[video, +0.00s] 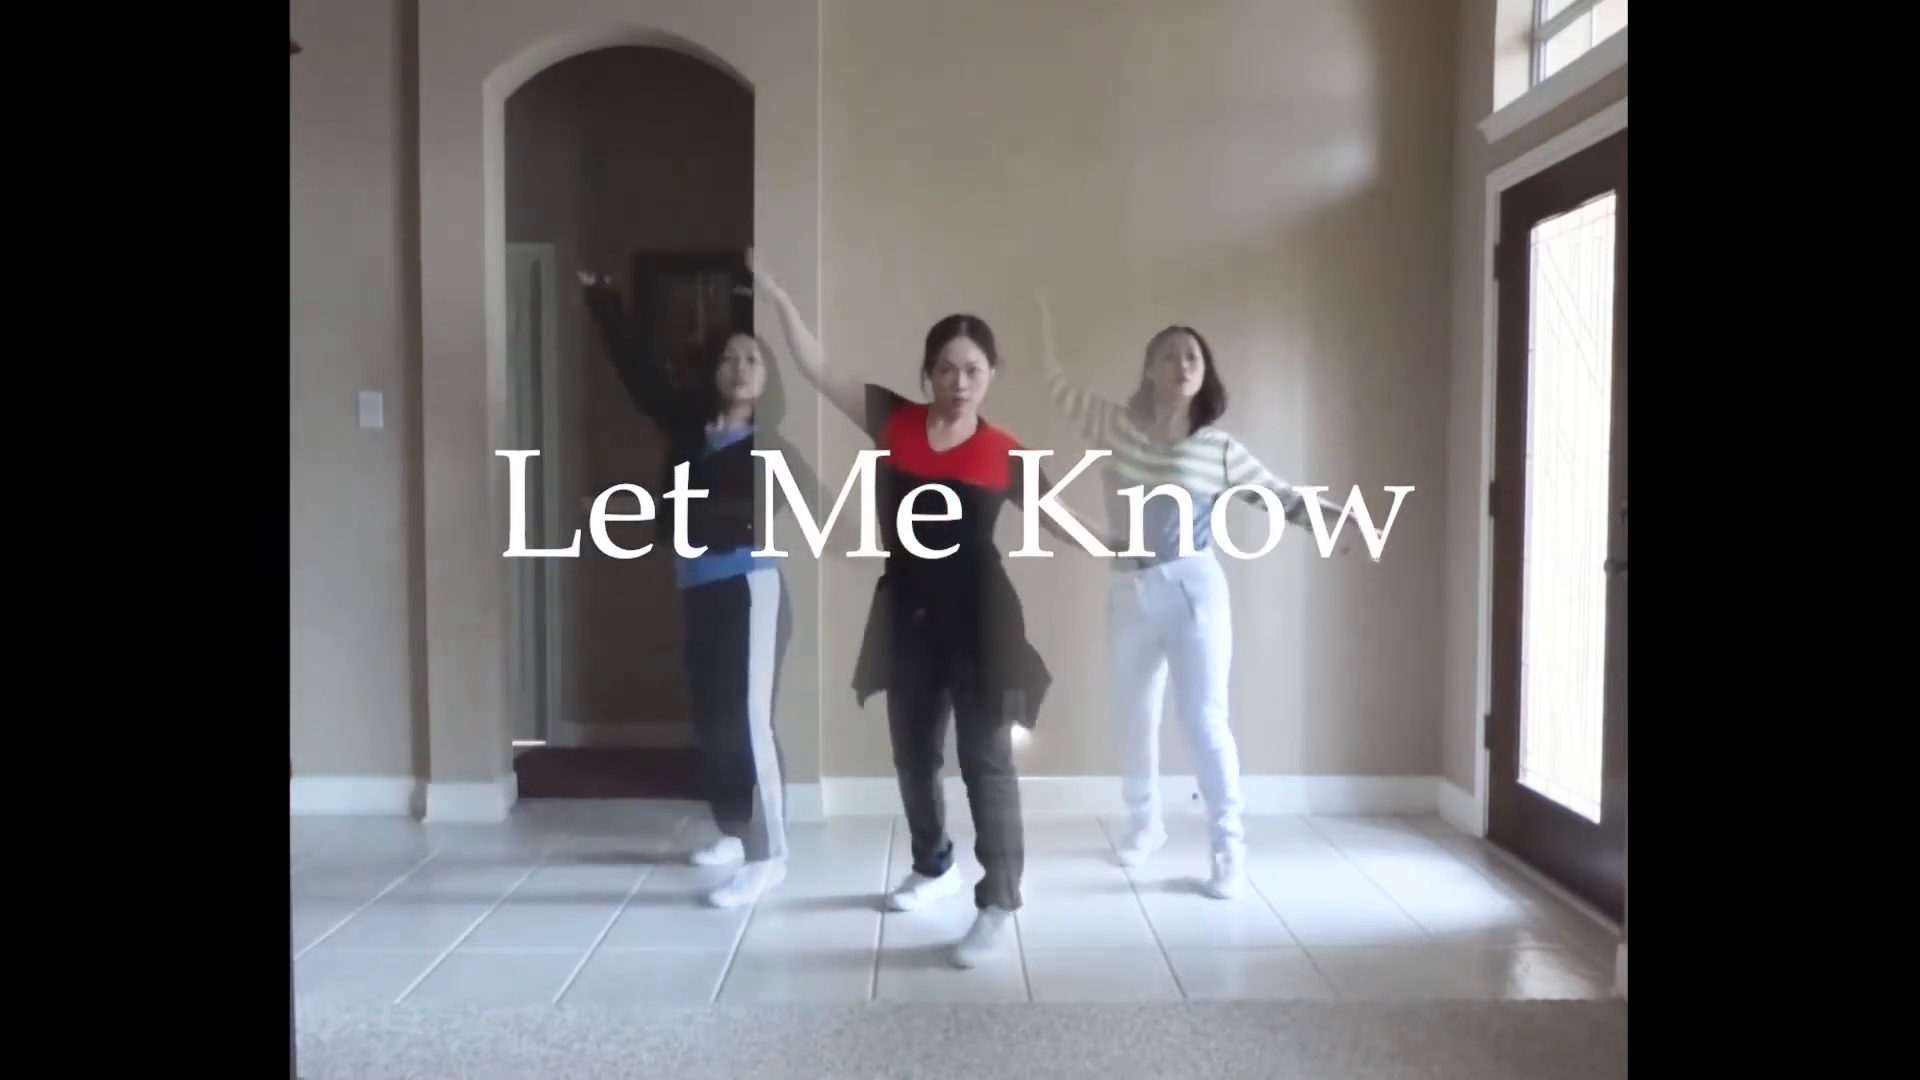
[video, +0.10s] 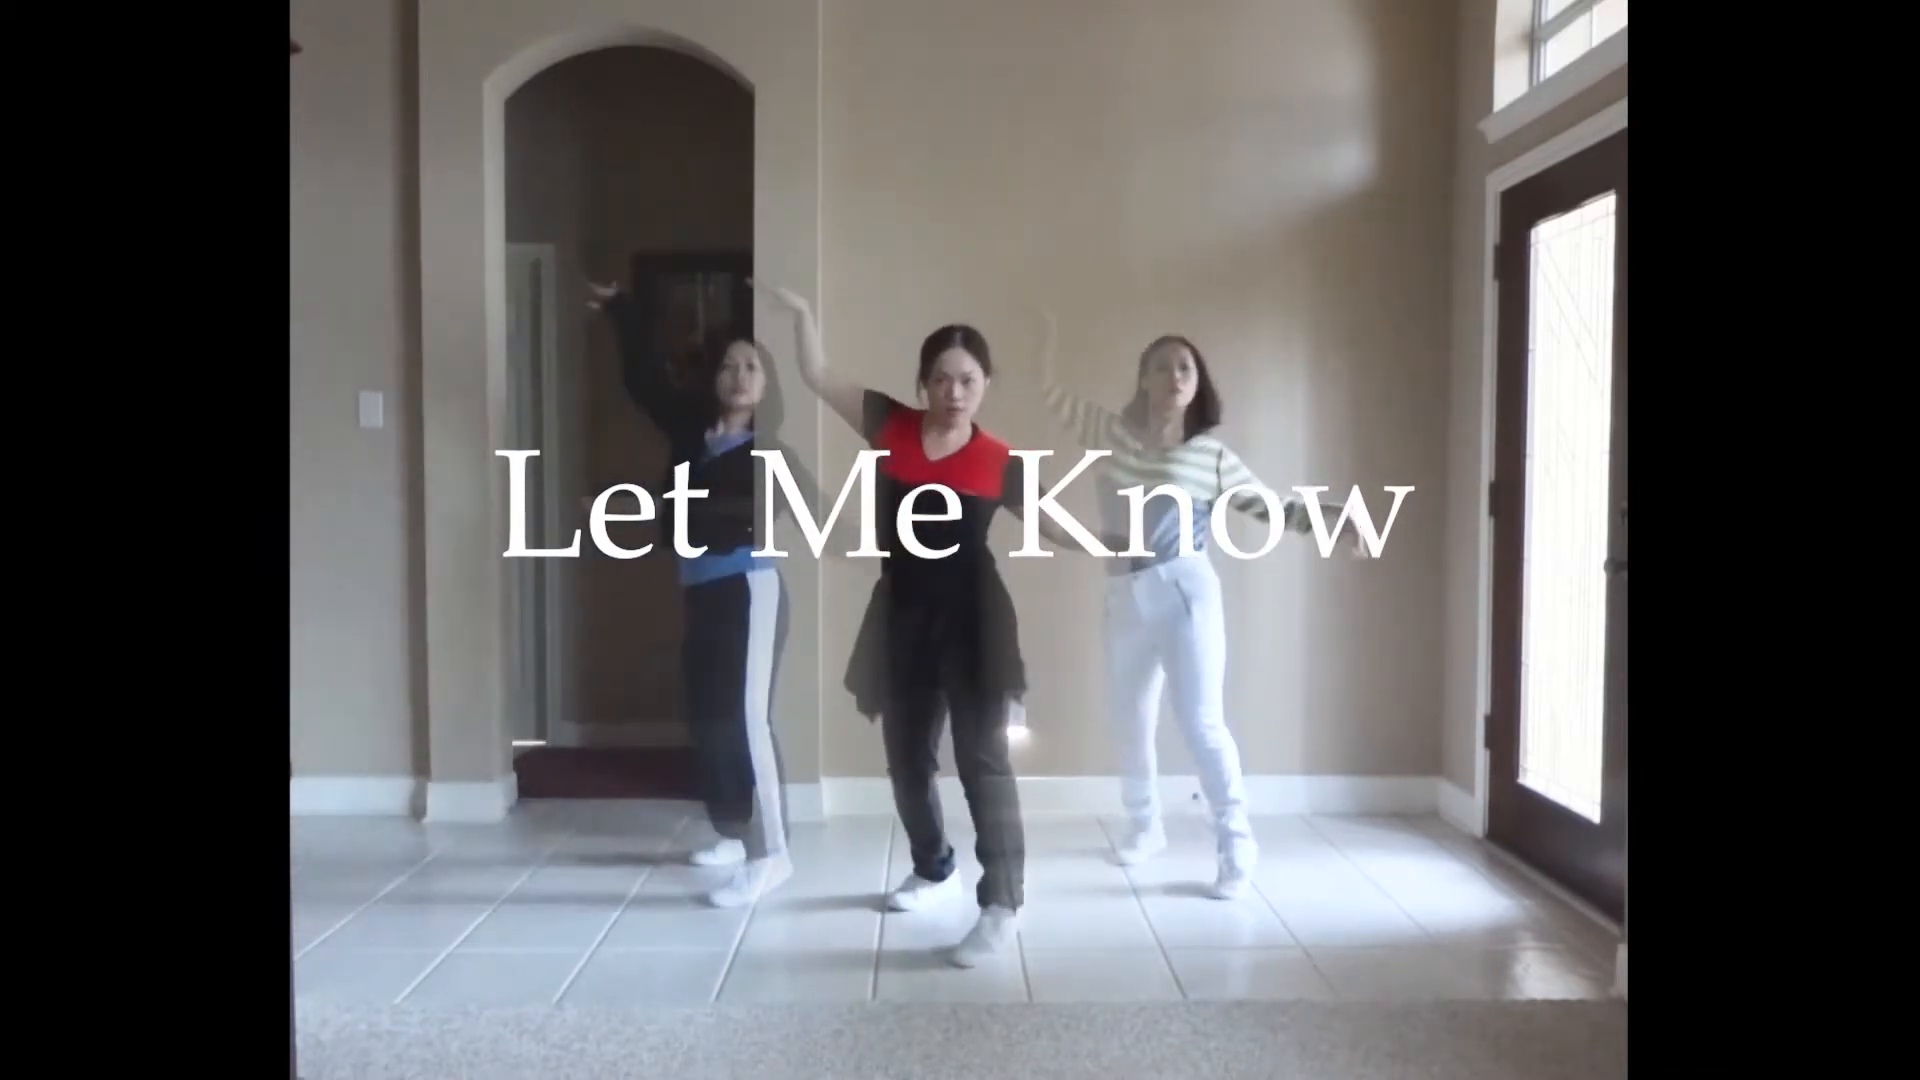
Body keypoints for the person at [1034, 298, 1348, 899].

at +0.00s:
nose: (1182, 365)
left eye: (1192, 357)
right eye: (1170, 356)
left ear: (1205, 375)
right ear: (1148, 369)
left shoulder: (1218, 446)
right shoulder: (1116, 428)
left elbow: (1275, 492)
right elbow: (1060, 390)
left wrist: (1326, 517)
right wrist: (1039, 333)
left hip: (1196, 591)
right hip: (1131, 595)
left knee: (1205, 719)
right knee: (1133, 715)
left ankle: (1227, 842)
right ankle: (1145, 824)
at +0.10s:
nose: (1176, 376)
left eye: (1186, 369)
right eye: (1164, 366)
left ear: (1198, 385)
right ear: (1141, 377)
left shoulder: (1212, 455)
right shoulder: (1110, 435)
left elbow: (1267, 505)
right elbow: (1054, 399)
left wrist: (1330, 517)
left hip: (1188, 590)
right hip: (1126, 595)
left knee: (1203, 723)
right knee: (1131, 722)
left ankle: (1234, 842)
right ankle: (1144, 828)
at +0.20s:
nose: (1171, 388)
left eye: (1181, 380)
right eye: (1160, 378)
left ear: (1193, 395)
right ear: (1137, 387)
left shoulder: (1205, 460)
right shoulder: (1105, 443)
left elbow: (1255, 507)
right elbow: (1048, 405)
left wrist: (1311, 512)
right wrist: (1049, 344)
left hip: (1184, 594)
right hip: (1121, 600)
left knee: (1192, 719)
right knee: (1130, 724)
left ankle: (1230, 838)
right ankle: (1147, 830)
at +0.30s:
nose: (1160, 395)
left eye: (1171, 387)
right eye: (1151, 385)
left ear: (1186, 400)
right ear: (1132, 393)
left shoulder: (1202, 466)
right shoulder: (1101, 453)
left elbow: (1255, 514)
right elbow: (1043, 410)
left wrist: (1313, 516)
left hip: (1183, 600)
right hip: (1121, 604)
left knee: (1184, 712)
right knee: (1127, 723)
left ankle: (1215, 838)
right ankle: (1145, 829)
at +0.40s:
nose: (1122, 408)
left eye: (1132, 400)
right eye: (1123, 400)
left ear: (1166, 412)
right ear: (1128, 410)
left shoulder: (1203, 472)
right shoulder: (1105, 467)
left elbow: (1244, 521)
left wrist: (1281, 531)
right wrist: (1055, 451)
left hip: (1180, 608)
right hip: (1119, 611)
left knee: (1182, 717)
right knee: (1121, 725)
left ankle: (1205, 838)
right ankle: (1143, 825)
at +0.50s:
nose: (1116, 408)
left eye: (1125, 401)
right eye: (1118, 400)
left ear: (1149, 412)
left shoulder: (1203, 475)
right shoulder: (1107, 466)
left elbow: (1242, 529)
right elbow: (1063, 442)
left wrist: (1297, 539)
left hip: (1175, 606)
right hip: (1115, 607)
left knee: (1182, 717)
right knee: (1119, 724)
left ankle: (1206, 840)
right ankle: (1144, 827)